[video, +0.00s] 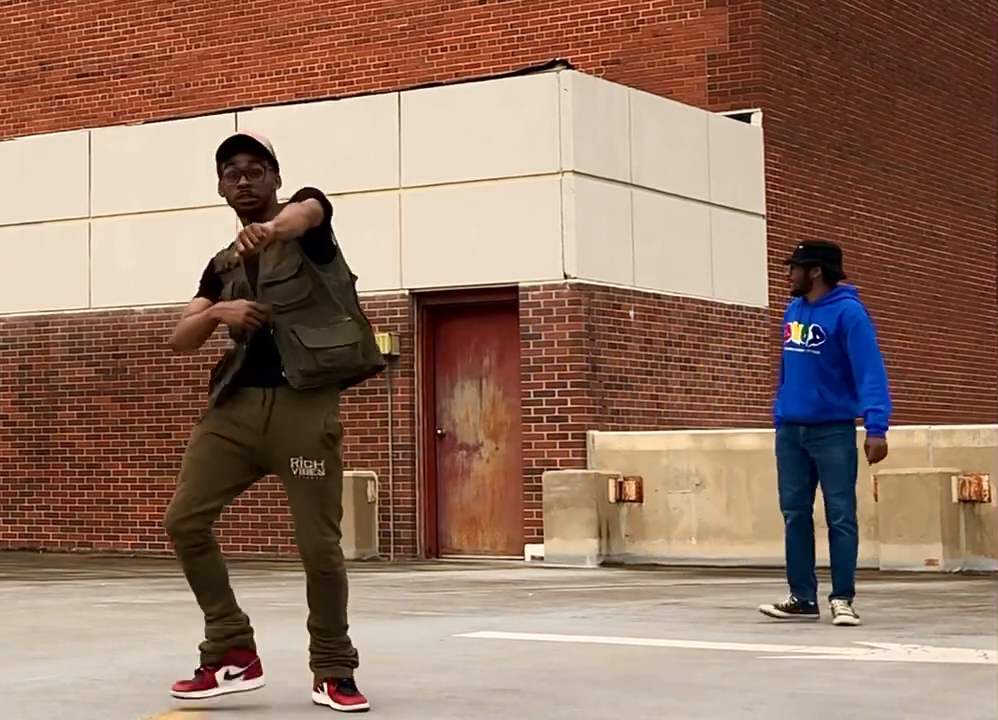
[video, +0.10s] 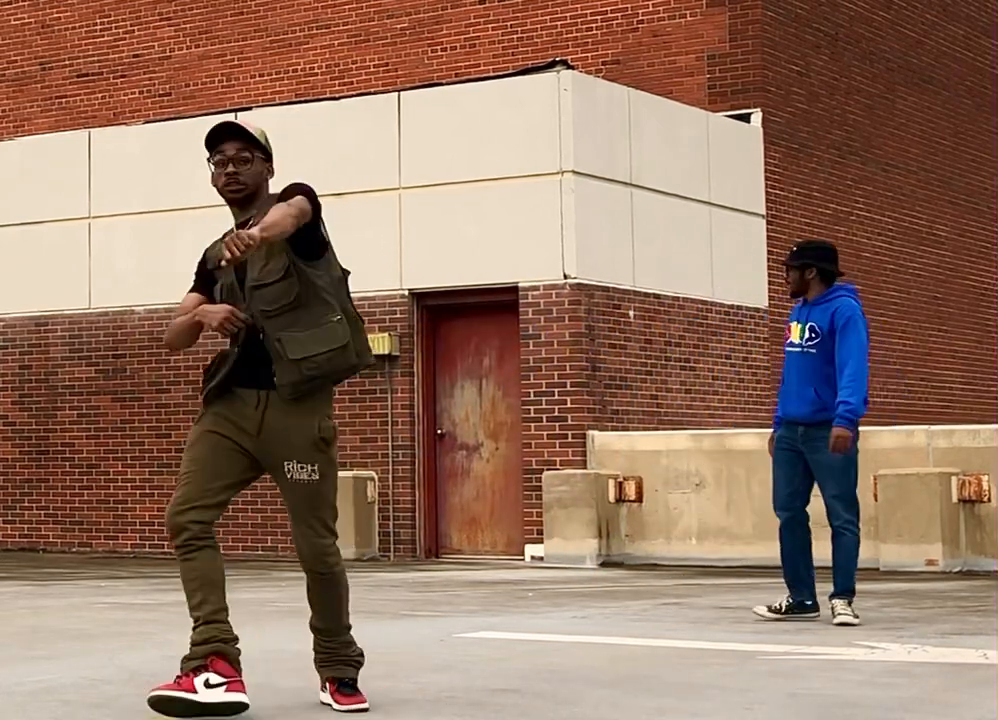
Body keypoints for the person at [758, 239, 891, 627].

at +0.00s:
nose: (789, 274)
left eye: (794, 268)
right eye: (790, 268)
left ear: (816, 271)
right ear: (808, 272)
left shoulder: (849, 312)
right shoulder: (794, 310)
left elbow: (871, 370)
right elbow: (788, 368)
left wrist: (876, 428)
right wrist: (780, 417)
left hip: (833, 429)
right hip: (790, 429)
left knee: (840, 515)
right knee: (795, 514)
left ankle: (842, 599)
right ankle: (803, 599)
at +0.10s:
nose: (786, 277)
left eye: (792, 271)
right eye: (787, 271)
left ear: (812, 272)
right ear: (807, 273)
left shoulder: (845, 309)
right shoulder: (799, 312)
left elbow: (854, 366)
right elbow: (792, 373)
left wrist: (846, 419)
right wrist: (779, 424)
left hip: (828, 430)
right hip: (791, 430)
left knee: (842, 517)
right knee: (789, 513)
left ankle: (842, 599)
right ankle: (801, 599)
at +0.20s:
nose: (781, 282)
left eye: (785, 275)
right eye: (781, 276)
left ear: (805, 275)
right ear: (804, 276)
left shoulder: (840, 308)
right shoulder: (802, 313)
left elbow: (836, 367)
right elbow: (796, 373)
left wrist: (809, 412)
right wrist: (784, 424)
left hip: (830, 428)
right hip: (793, 428)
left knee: (841, 516)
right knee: (787, 513)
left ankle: (842, 599)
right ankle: (792, 598)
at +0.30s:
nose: (777, 282)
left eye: (782, 275)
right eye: (778, 275)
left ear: (802, 275)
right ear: (800, 276)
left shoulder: (835, 308)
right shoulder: (801, 312)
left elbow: (826, 366)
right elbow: (798, 367)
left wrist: (788, 409)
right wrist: (785, 410)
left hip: (829, 430)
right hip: (795, 429)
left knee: (839, 516)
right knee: (787, 513)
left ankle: (841, 598)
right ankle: (787, 597)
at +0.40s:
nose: (773, 284)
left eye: (777, 276)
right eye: (774, 277)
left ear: (796, 276)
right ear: (797, 277)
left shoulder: (826, 310)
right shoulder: (798, 314)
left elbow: (810, 371)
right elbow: (794, 372)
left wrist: (767, 410)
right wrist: (772, 413)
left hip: (824, 429)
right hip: (795, 430)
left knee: (836, 516)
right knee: (789, 512)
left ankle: (841, 598)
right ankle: (788, 597)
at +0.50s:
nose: (769, 284)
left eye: (773, 277)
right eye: (769, 278)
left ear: (790, 278)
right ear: (792, 279)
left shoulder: (814, 316)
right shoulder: (795, 315)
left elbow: (792, 378)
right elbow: (788, 380)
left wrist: (751, 422)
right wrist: (771, 425)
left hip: (817, 430)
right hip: (790, 432)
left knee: (828, 514)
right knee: (785, 512)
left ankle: (840, 598)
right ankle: (788, 599)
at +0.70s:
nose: (753, 290)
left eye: (756, 284)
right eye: (754, 284)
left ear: (769, 285)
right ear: (787, 285)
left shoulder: (779, 322)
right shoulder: (799, 319)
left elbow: (767, 383)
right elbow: (779, 383)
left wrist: (748, 435)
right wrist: (757, 436)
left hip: (787, 424)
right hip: (788, 422)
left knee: (784, 507)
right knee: (771, 510)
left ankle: (822, 594)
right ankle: (788, 596)